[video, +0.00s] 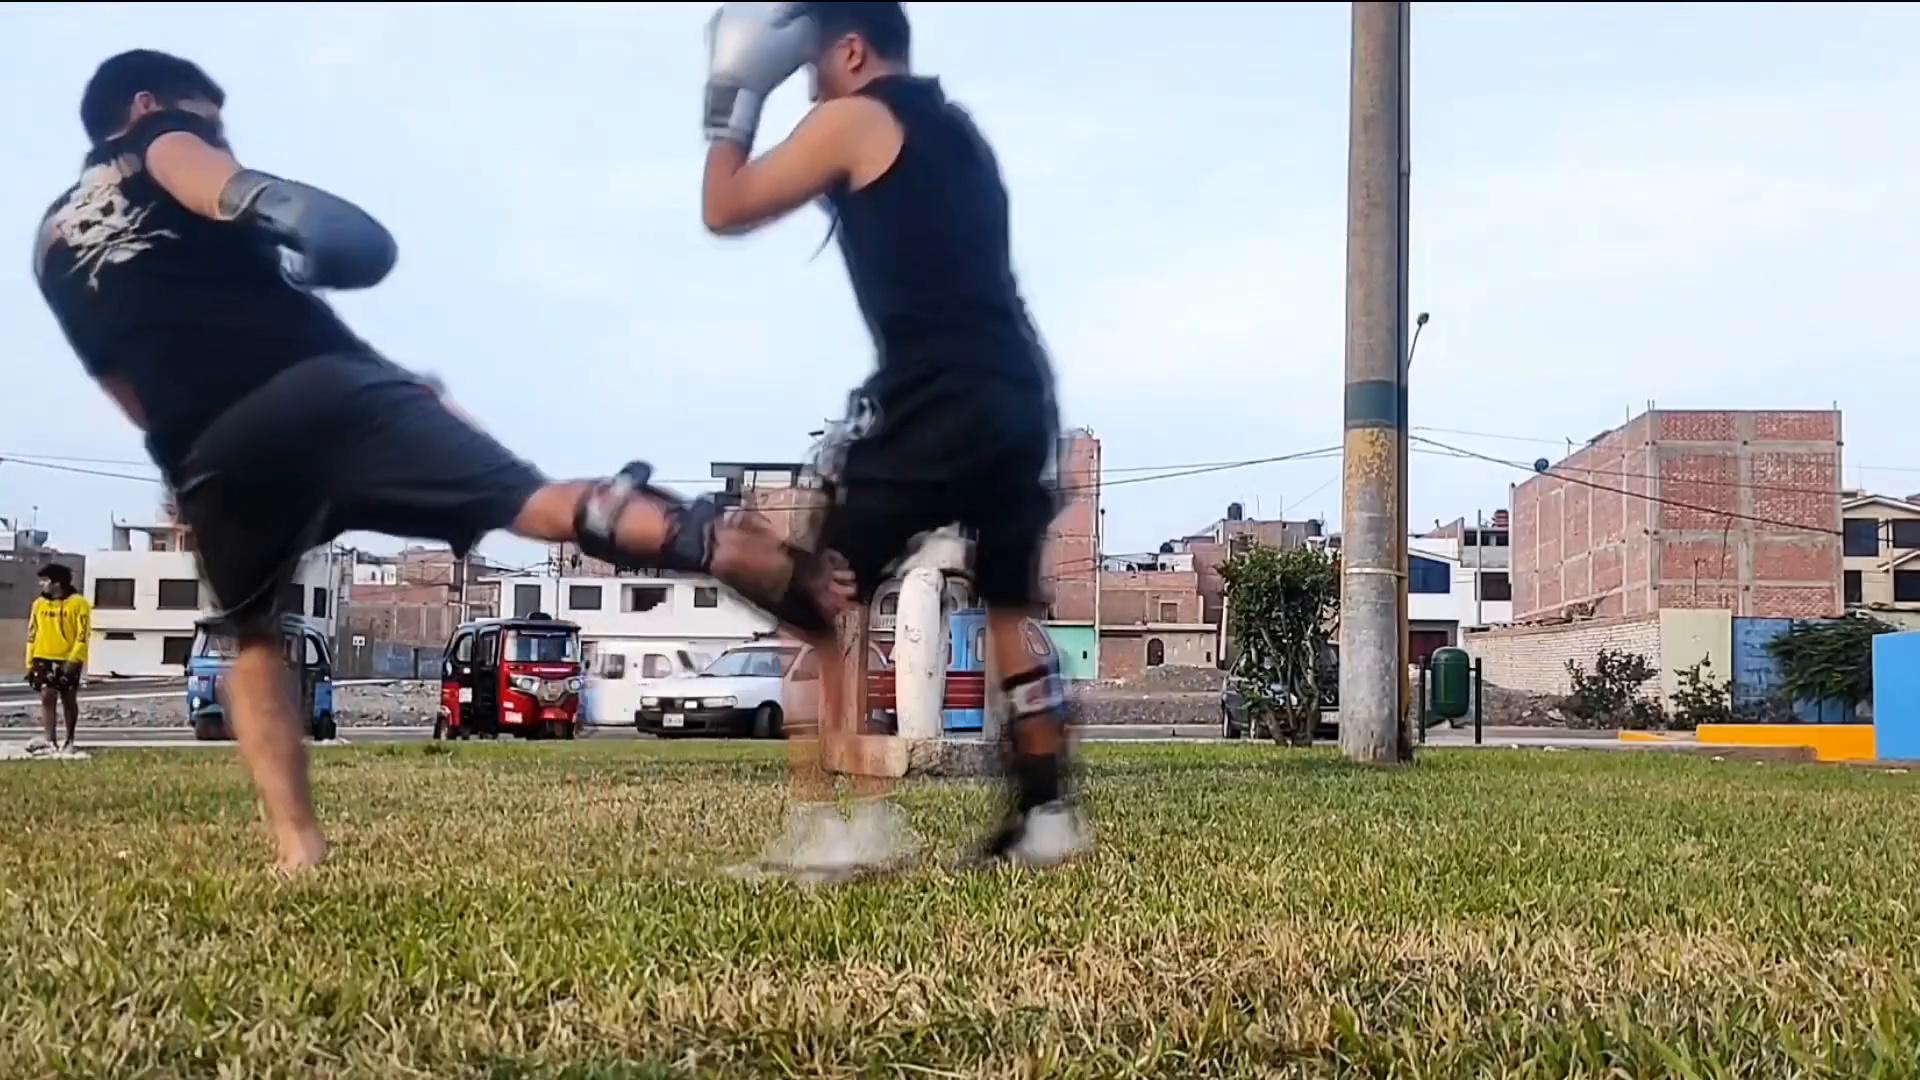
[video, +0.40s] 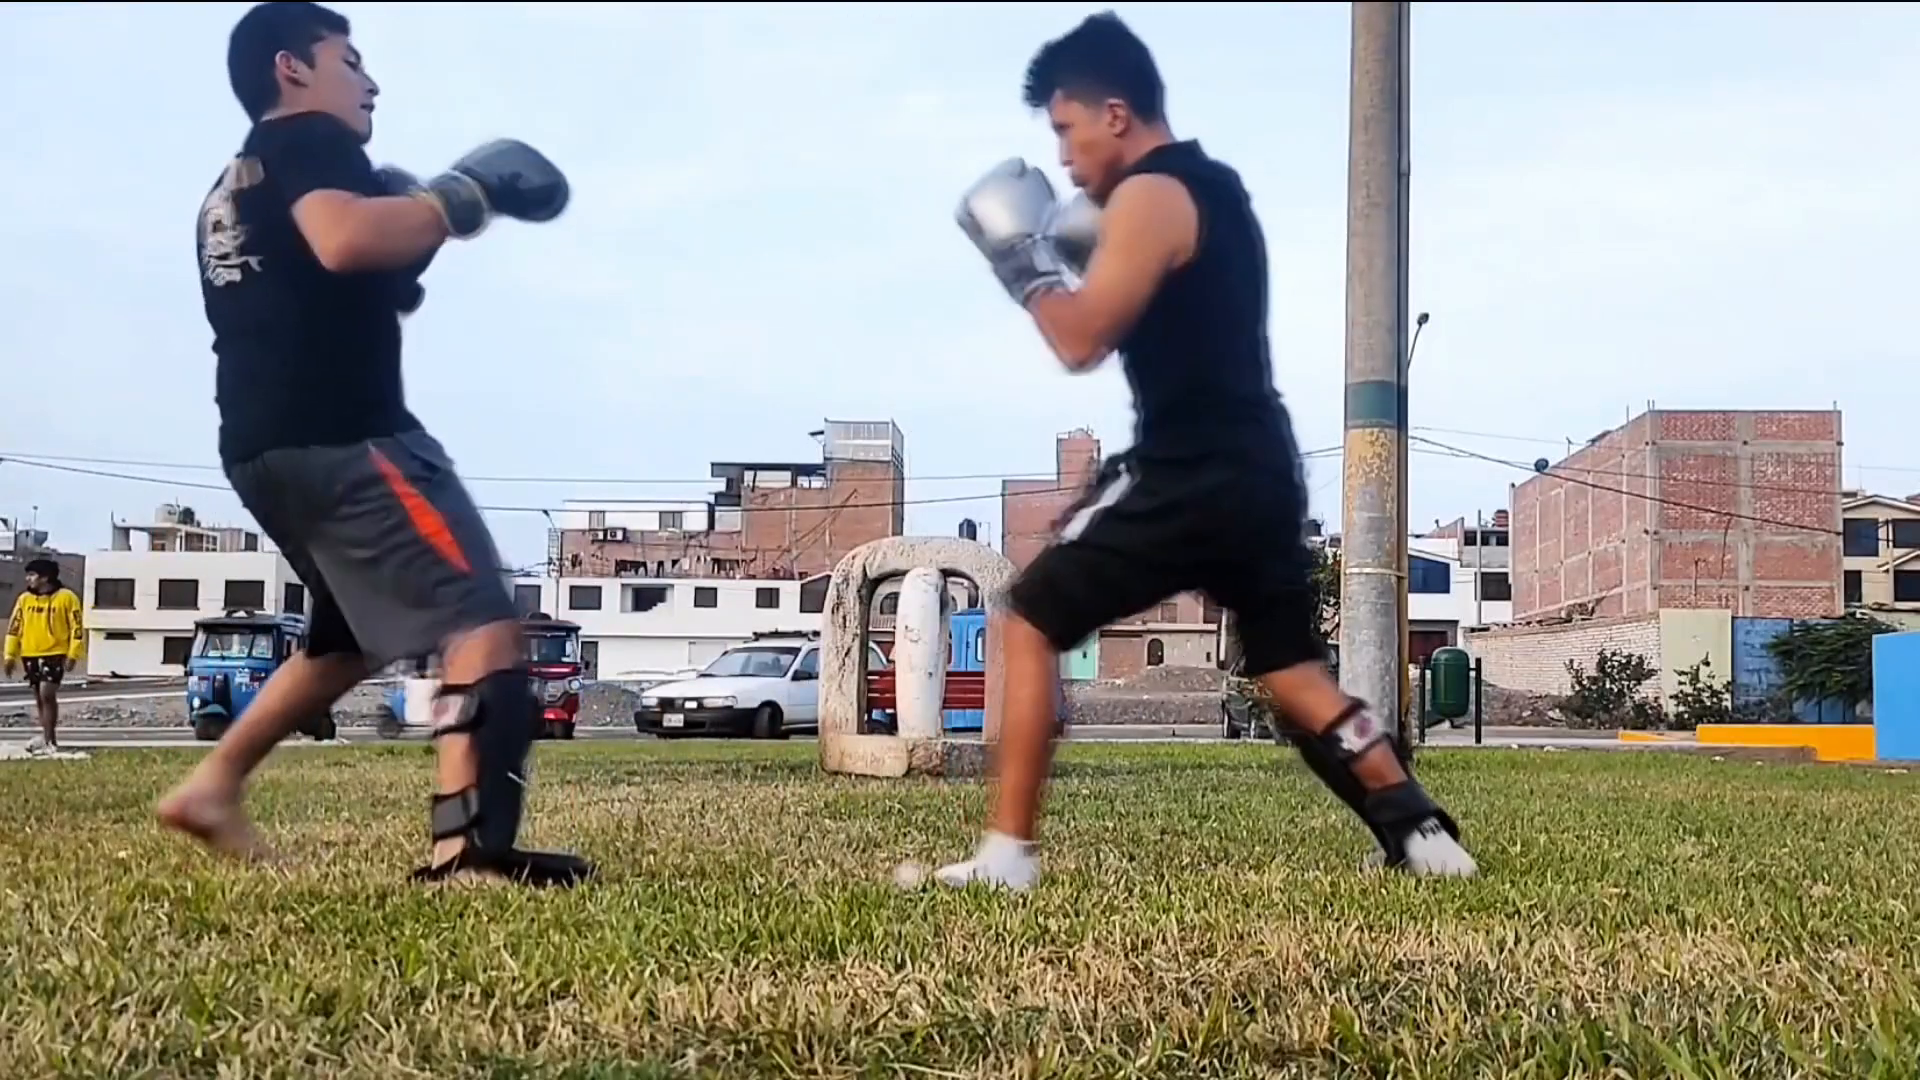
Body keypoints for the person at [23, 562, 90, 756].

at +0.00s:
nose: (42, 584)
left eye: (46, 581)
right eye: (42, 581)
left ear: (58, 583)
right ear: (53, 583)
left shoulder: (78, 604)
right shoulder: (39, 604)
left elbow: (82, 636)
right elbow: (32, 635)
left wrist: (74, 661)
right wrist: (30, 663)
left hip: (68, 659)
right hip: (44, 658)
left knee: (68, 700)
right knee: (47, 698)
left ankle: (69, 739)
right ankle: (49, 739)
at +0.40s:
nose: (28, 579)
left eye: (32, 575)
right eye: (28, 575)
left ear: (46, 577)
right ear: (34, 578)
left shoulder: (67, 598)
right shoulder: (24, 599)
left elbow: (77, 629)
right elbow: (14, 628)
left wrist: (73, 654)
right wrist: (9, 655)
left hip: (55, 652)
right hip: (31, 653)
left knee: (47, 694)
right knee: (39, 697)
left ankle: (49, 739)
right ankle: (48, 738)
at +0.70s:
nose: (20, 577)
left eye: (24, 573)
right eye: (19, 573)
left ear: (38, 575)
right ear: (21, 574)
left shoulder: (59, 596)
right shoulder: (15, 594)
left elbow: (73, 627)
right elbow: (3, 624)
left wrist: (75, 656)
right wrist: (2, 648)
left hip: (44, 654)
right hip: (17, 654)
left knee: (36, 697)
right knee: (20, 701)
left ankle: (34, 739)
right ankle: (40, 730)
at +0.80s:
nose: (16, 575)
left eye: (20, 571)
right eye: (15, 571)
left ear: (34, 574)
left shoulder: (55, 594)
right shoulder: (11, 593)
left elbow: (66, 630)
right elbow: (2, 625)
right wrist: (2, 653)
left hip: (40, 662)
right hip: (11, 658)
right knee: (10, 704)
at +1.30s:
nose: (0, 572)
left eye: (2, 568)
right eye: (1, 568)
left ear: (5, 567)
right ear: (7, 567)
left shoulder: (20, 589)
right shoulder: (5, 589)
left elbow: (26, 628)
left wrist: (14, 654)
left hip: (12, 650)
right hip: (4, 649)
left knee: (11, 692)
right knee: (5, 693)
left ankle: (24, 731)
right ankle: (3, 730)